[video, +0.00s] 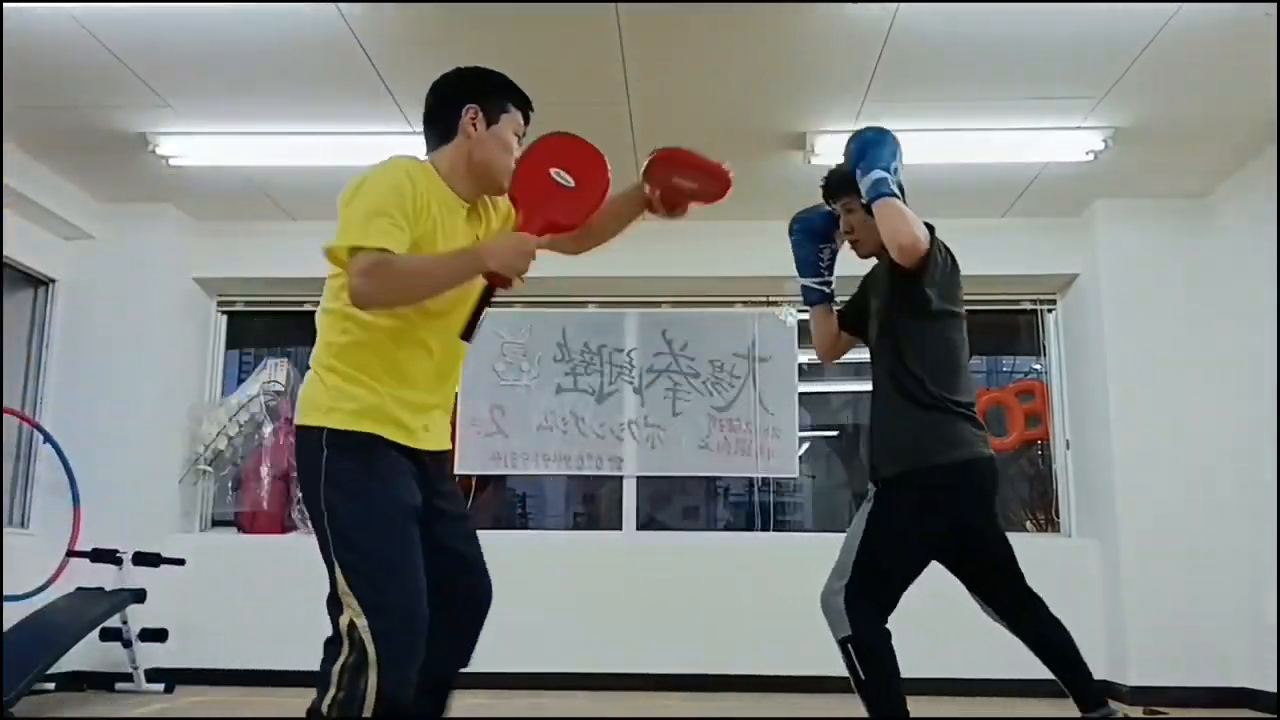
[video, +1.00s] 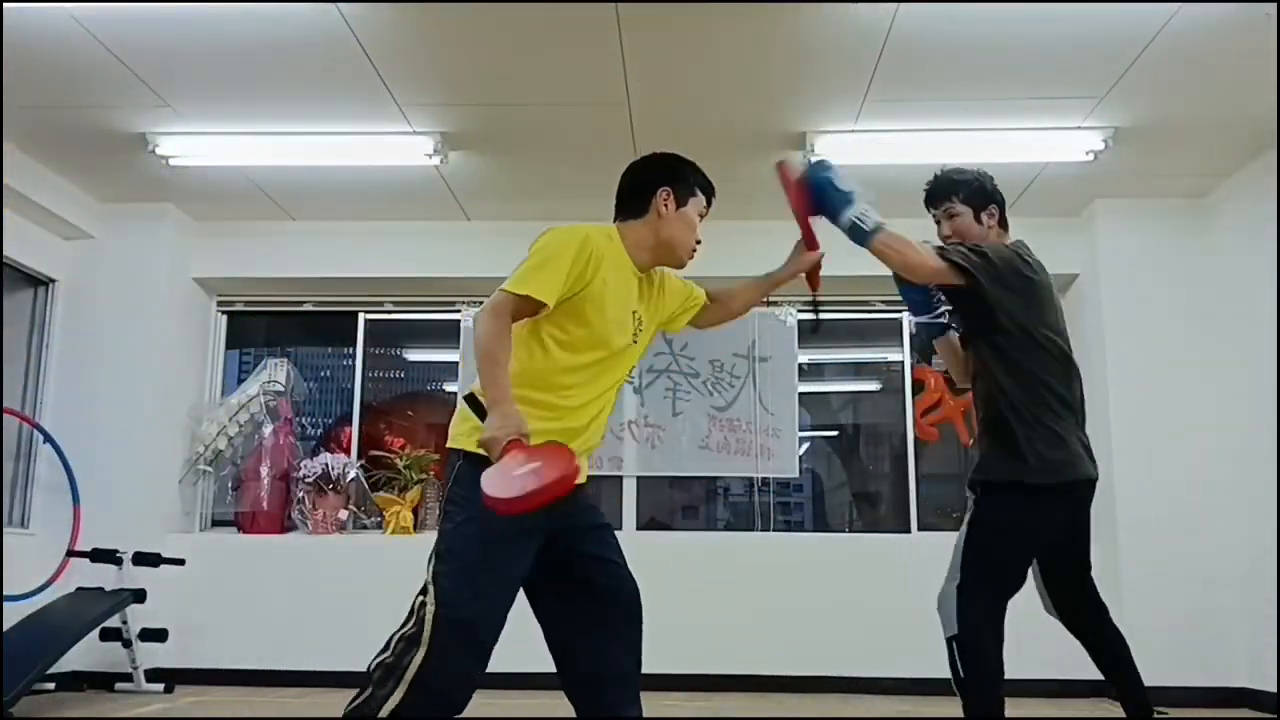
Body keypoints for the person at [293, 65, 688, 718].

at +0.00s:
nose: (521, 152)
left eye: (524, 139)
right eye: (515, 133)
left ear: (476, 128)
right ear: (473, 123)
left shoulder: (495, 212)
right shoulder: (394, 183)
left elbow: (574, 236)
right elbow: (369, 284)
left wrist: (643, 197)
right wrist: (482, 256)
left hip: (421, 441)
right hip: (346, 431)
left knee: (462, 594)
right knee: (388, 619)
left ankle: (411, 710)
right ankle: (339, 711)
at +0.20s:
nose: (591, 212)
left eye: (594, 198)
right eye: (587, 192)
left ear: (548, 183)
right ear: (546, 177)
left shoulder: (537, 283)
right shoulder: (450, 236)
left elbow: (529, 384)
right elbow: (382, 330)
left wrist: (634, 365)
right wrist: (495, 367)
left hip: (500, 479)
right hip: (423, 474)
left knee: (563, 629)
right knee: (466, 645)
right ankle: (389, 714)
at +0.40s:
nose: (637, 246)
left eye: (640, 232)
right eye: (637, 227)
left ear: (600, 212)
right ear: (610, 210)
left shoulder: (559, 287)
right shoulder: (535, 253)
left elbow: (580, 356)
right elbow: (466, 343)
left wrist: (623, 285)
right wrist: (516, 450)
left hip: (536, 490)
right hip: (481, 487)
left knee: (614, 636)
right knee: (517, 658)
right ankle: (422, 712)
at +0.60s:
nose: (646, 239)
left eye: (651, 224)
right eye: (647, 219)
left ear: (592, 204)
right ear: (619, 204)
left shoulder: (539, 257)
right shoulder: (564, 241)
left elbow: (578, 336)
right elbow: (538, 336)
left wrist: (613, 269)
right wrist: (615, 436)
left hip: (526, 484)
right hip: (488, 477)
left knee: (588, 621)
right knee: (478, 656)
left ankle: (604, 715)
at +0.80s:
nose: (670, 234)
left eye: (675, 220)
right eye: (671, 215)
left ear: (634, 204)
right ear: (641, 202)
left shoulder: (597, 281)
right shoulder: (569, 247)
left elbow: (618, 337)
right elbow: (521, 334)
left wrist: (648, 265)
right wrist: (600, 422)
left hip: (555, 492)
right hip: (499, 484)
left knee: (616, 624)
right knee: (465, 650)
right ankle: (382, 716)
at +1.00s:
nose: (703, 233)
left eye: (706, 220)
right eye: (700, 215)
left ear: (664, 207)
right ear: (664, 202)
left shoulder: (660, 290)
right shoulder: (579, 246)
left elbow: (714, 306)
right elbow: (493, 317)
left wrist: (785, 274)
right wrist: (501, 406)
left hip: (560, 478)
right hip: (496, 464)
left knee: (608, 609)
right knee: (455, 630)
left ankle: (614, 713)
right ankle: (378, 711)